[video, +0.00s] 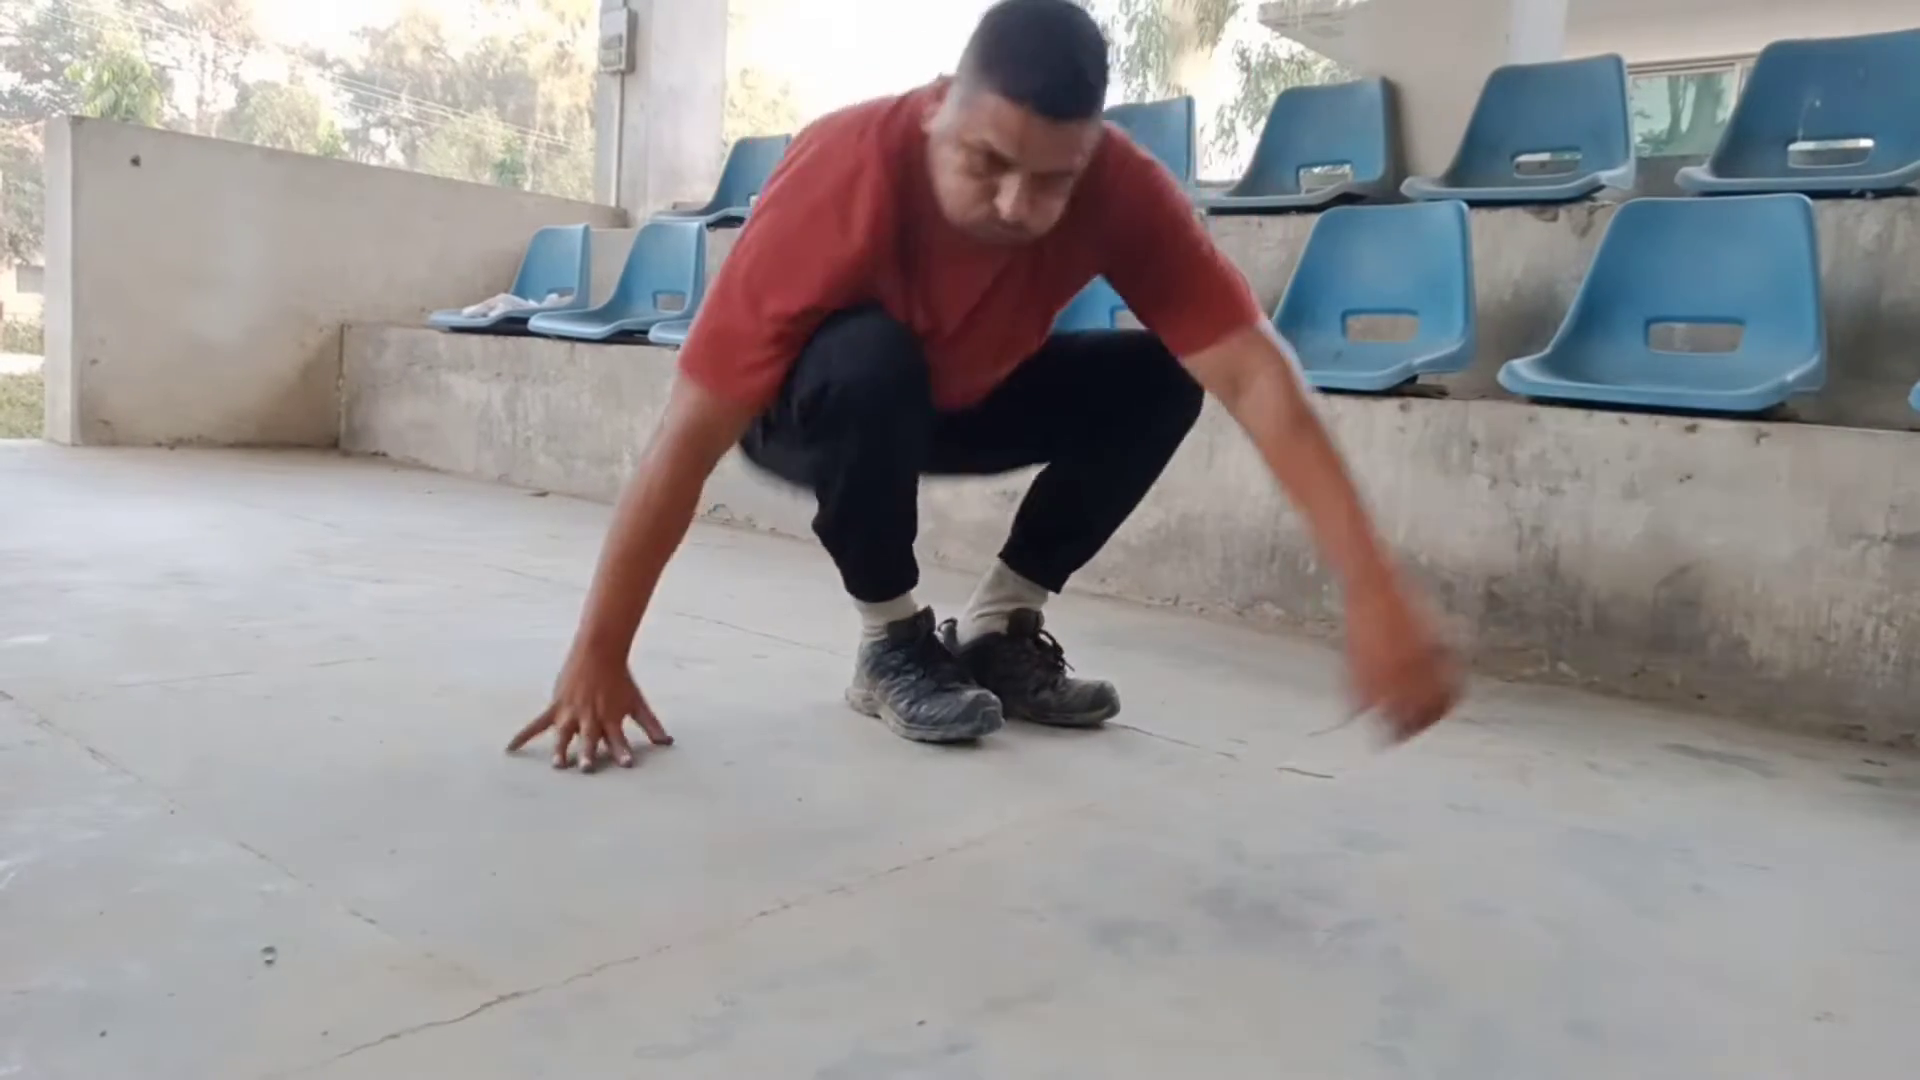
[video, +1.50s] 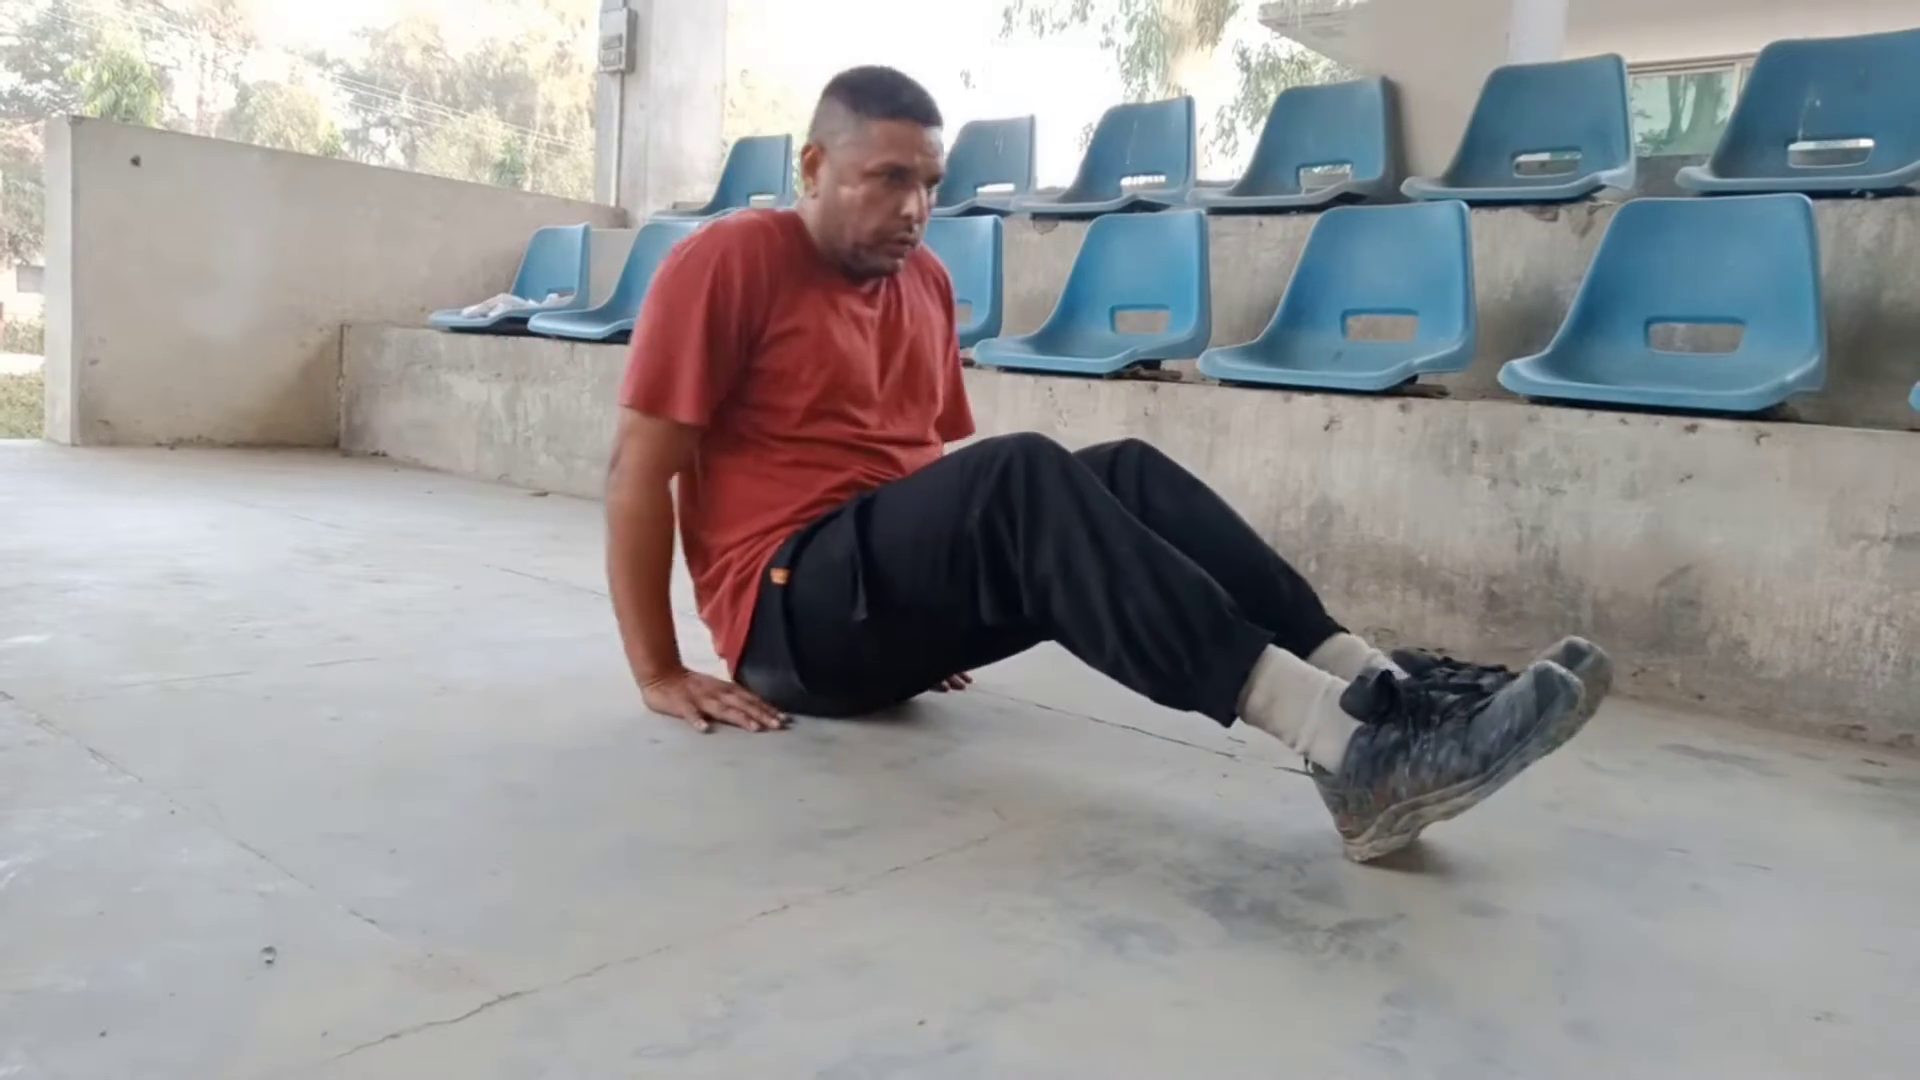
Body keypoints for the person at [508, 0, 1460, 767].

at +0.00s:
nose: (1020, 206)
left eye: (1056, 181)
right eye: (993, 167)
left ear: (1094, 150)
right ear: (945, 110)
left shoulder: (1121, 190)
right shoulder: (843, 176)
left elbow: (1256, 381)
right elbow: (694, 427)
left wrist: (1374, 590)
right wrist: (600, 652)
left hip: (966, 412)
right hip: (812, 411)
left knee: (1158, 375)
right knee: (872, 358)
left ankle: (1005, 632)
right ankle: (895, 642)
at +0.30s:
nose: (869, 127)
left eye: (890, 95)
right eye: (832, 95)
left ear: (908, 86)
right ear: (756, 82)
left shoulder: (929, 156)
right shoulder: (679, 224)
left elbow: (1135, 168)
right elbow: (610, 464)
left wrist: (1358, 166)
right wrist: (581, 687)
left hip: (920, 490)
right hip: (772, 567)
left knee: (1136, 385)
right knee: (837, 469)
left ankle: (983, 658)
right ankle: (1157, 680)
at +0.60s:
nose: (823, 184)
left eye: (837, 149)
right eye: (791, 151)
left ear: (846, 147)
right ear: (704, 147)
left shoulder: (852, 263)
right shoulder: (618, 261)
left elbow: (996, 337)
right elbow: (520, 481)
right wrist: (567, 687)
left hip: (861, 562)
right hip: (731, 650)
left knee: (995, 344)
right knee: (867, 558)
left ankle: (983, 618)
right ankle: (1284, 775)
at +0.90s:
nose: (828, 208)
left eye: (839, 182)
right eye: (800, 182)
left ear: (835, 175)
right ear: (713, 173)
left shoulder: (807, 278)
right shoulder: (627, 277)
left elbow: (807, 455)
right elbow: (500, 483)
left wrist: (893, 609)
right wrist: (567, 685)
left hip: (853, 592)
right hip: (757, 644)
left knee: (1065, 398)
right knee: (942, 487)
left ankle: (1289, 656)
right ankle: (1303, 751)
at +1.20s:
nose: (853, 215)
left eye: (867, 190)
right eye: (827, 190)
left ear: (872, 184)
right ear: (751, 180)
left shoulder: (866, 286)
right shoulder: (665, 289)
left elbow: (854, 460)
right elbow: (529, 477)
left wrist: (903, 628)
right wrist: (607, 684)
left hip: (872, 589)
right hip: (772, 620)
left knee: (1112, 463)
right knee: (1016, 484)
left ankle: (1383, 686)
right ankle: (1353, 759)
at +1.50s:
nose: (910, 208)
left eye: (923, 185)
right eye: (887, 180)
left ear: (929, 183)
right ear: (810, 167)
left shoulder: (923, 283)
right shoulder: (723, 262)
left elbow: (948, 456)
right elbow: (641, 464)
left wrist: (938, 633)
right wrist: (657, 674)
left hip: (906, 591)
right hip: (792, 612)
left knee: (1131, 473)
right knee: (1025, 475)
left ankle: (1390, 698)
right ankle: (1344, 752)